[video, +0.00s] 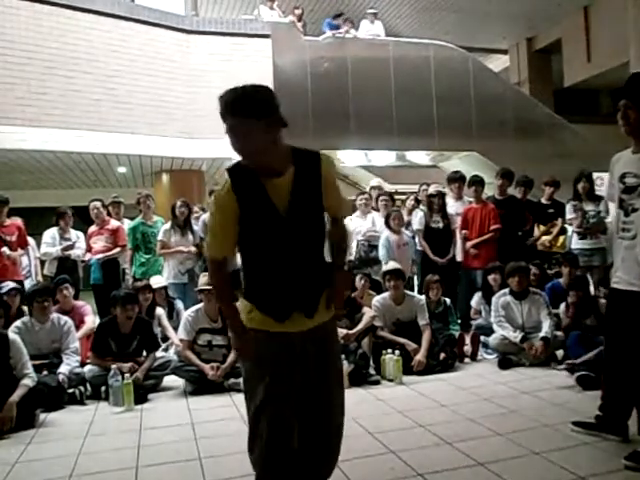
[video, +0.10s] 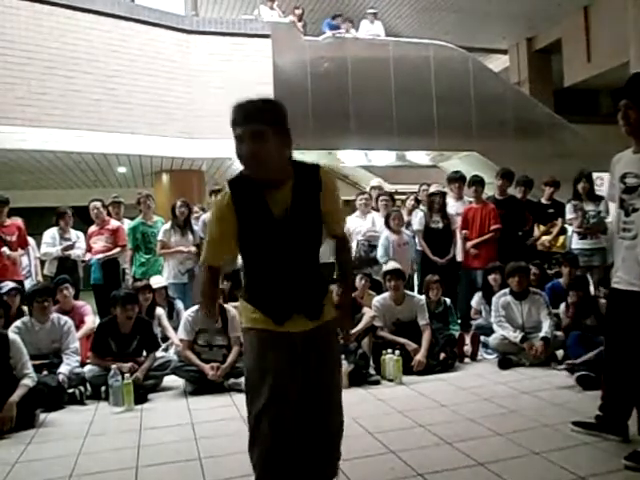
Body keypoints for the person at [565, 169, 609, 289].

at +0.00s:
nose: (583, 185)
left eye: (586, 182)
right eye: (580, 182)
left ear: (591, 184)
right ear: (576, 185)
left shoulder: (600, 201)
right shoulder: (571, 204)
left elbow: (603, 222)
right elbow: (576, 225)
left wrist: (586, 229)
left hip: (598, 247)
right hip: (579, 247)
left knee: (598, 283)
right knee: (580, 283)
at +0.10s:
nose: (583, 185)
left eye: (586, 182)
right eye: (580, 182)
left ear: (591, 184)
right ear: (575, 185)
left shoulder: (601, 202)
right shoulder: (571, 204)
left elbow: (603, 224)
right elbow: (575, 226)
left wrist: (585, 229)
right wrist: (581, 213)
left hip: (598, 247)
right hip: (579, 247)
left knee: (598, 283)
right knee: (580, 283)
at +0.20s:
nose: (584, 186)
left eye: (587, 182)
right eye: (580, 183)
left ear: (591, 185)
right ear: (576, 186)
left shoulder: (600, 202)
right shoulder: (571, 205)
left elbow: (603, 224)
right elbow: (575, 226)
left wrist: (586, 229)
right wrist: (581, 215)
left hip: (598, 247)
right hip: (579, 247)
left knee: (599, 284)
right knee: (580, 284)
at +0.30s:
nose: (584, 186)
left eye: (587, 183)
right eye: (580, 183)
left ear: (591, 185)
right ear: (576, 186)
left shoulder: (600, 202)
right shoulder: (571, 204)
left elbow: (603, 224)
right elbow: (575, 226)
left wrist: (586, 229)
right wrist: (581, 215)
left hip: (598, 247)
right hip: (579, 248)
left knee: (598, 284)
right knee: (580, 284)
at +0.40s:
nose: (584, 186)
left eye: (587, 182)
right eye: (581, 183)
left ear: (591, 185)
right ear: (576, 186)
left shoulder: (600, 202)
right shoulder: (571, 204)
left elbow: (602, 224)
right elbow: (575, 226)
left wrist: (586, 229)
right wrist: (581, 214)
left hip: (597, 247)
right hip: (579, 247)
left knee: (599, 285)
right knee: (579, 284)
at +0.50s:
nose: (584, 186)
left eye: (587, 183)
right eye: (581, 183)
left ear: (591, 185)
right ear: (576, 186)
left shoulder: (601, 202)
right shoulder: (571, 204)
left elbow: (602, 224)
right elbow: (575, 226)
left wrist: (585, 230)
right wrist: (581, 214)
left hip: (598, 247)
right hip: (579, 247)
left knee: (600, 285)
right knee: (579, 285)